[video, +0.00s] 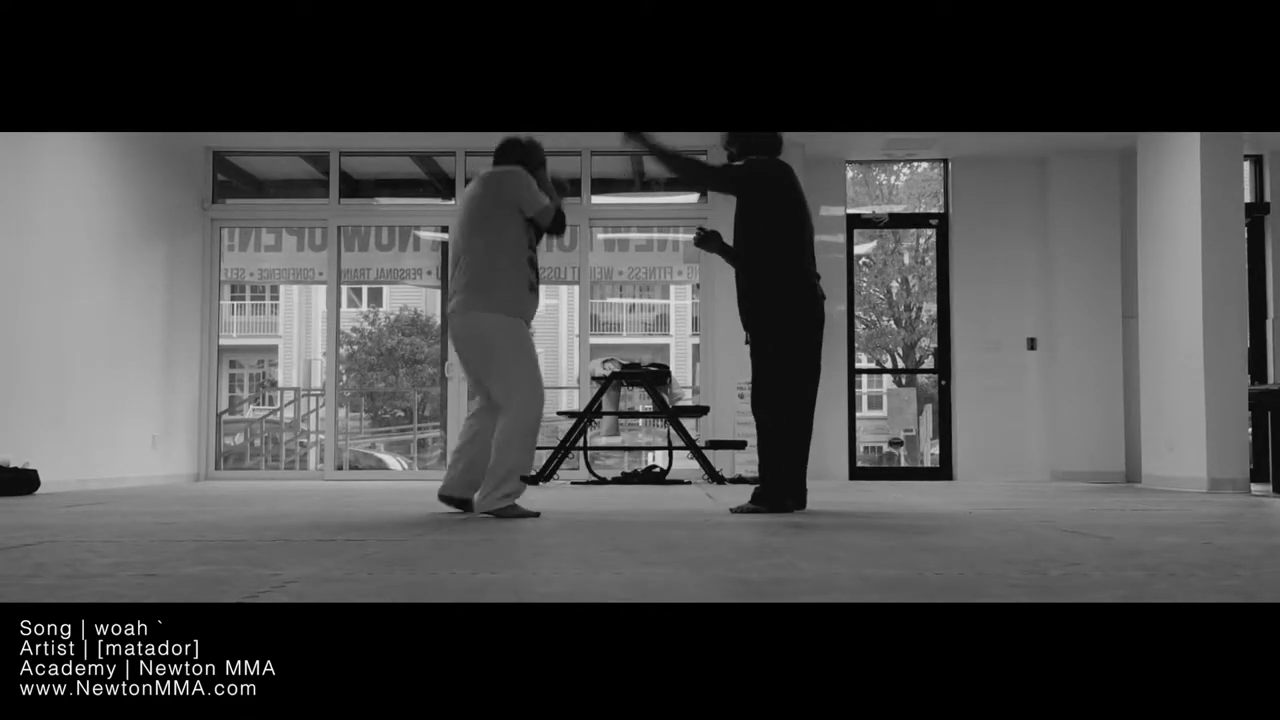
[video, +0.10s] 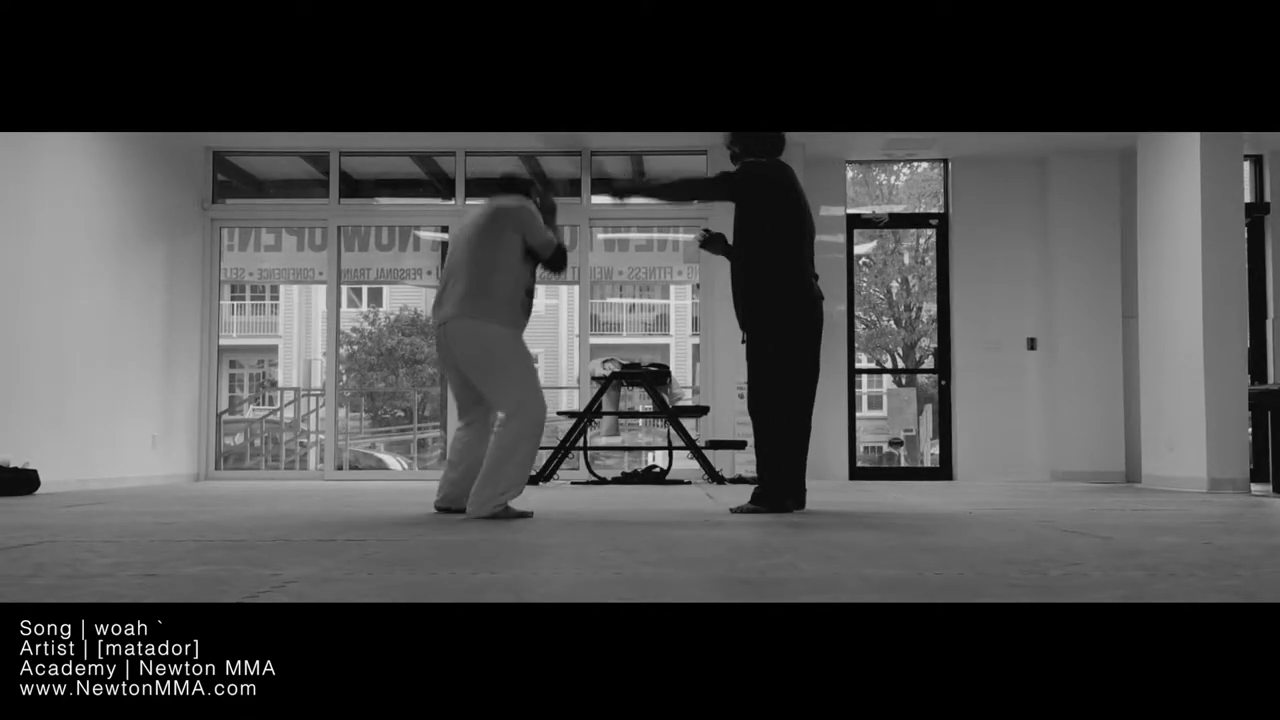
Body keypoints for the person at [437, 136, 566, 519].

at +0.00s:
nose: (543, 180)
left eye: (542, 173)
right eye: (541, 173)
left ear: (502, 161)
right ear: (529, 167)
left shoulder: (477, 189)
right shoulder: (513, 179)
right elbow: (556, 223)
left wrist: (543, 209)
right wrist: (549, 191)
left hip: (466, 314)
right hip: (494, 313)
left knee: (489, 400)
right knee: (525, 399)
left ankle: (458, 486)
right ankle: (498, 498)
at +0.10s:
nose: (539, 209)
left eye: (538, 204)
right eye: (537, 203)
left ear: (498, 192)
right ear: (528, 195)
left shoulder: (469, 220)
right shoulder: (519, 209)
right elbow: (555, 257)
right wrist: (550, 230)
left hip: (448, 325)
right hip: (485, 324)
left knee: (474, 414)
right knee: (528, 409)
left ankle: (452, 496)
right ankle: (490, 502)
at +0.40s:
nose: (502, 224)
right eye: (502, 221)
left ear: (466, 222)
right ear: (497, 219)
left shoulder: (440, 245)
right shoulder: (505, 230)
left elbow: (439, 287)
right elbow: (546, 273)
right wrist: (518, 259)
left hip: (447, 331)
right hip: (490, 323)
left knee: (475, 412)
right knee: (531, 409)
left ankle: (453, 497)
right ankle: (496, 493)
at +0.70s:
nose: (540, 189)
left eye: (541, 182)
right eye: (536, 181)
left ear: (512, 181)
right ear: (519, 180)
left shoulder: (503, 213)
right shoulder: (495, 211)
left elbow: (536, 263)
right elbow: (535, 255)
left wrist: (556, 228)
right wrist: (542, 207)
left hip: (498, 329)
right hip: (491, 329)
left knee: (509, 407)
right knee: (523, 404)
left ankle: (481, 489)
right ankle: (505, 496)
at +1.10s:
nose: (541, 186)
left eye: (542, 179)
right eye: (539, 178)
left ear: (520, 175)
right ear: (521, 175)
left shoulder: (518, 213)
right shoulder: (486, 209)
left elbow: (543, 258)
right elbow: (529, 246)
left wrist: (544, 258)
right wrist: (535, 196)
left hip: (510, 331)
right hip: (484, 329)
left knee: (517, 405)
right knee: (504, 406)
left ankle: (484, 481)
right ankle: (494, 495)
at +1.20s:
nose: (541, 177)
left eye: (541, 172)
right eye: (537, 171)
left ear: (512, 167)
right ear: (521, 168)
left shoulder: (515, 204)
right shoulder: (481, 201)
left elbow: (526, 241)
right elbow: (524, 244)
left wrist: (549, 234)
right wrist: (534, 193)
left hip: (513, 324)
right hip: (485, 323)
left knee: (517, 403)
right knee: (504, 403)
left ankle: (483, 475)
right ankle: (495, 496)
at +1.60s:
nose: (543, 191)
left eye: (542, 184)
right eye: (542, 184)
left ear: (510, 176)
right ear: (536, 179)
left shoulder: (482, 203)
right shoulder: (522, 195)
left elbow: (480, 258)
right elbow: (530, 253)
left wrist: (518, 273)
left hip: (458, 322)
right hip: (489, 322)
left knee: (483, 407)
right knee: (521, 404)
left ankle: (463, 492)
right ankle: (498, 497)